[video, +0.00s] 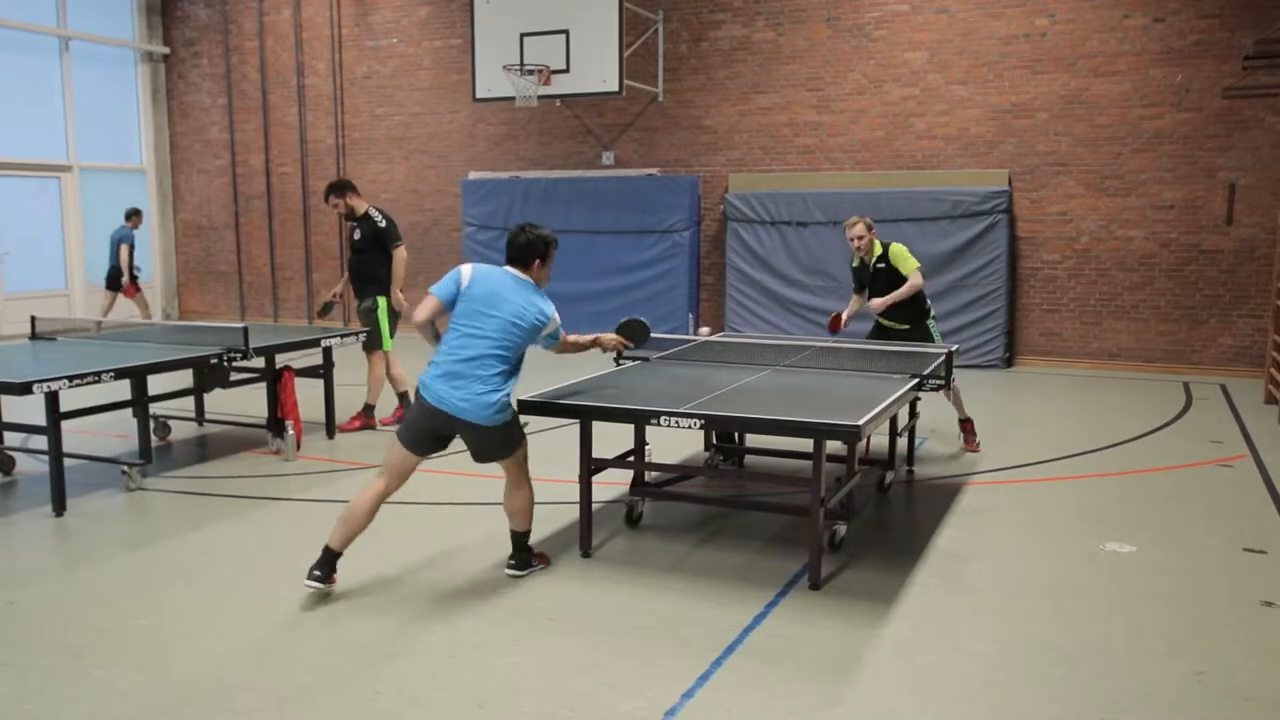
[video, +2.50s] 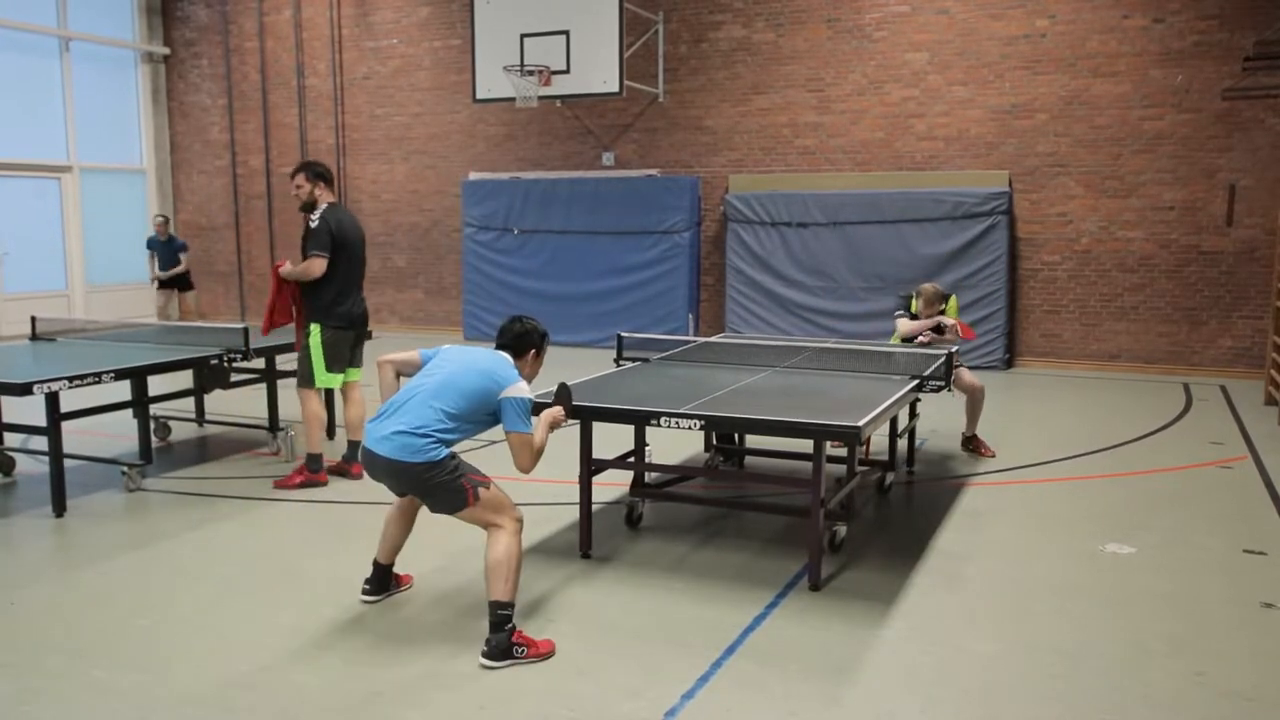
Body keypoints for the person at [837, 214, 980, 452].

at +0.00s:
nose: (857, 244)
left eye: (861, 238)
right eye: (852, 240)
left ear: (872, 235)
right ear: (848, 242)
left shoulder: (895, 251)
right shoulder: (857, 263)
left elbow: (917, 281)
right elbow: (859, 295)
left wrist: (886, 300)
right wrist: (847, 313)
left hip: (919, 325)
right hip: (885, 326)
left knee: (943, 377)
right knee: (863, 373)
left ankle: (965, 421)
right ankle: (861, 432)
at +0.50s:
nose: (879, 273)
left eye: (883, 267)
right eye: (874, 268)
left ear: (894, 264)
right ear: (870, 269)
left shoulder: (912, 274)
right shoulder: (870, 295)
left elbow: (948, 284)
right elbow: (849, 312)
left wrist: (944, 290)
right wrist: (818, 314)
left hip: (930, 347)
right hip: (894, 352)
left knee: (961, 391)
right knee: (870, 391)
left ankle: (986, 443)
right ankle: (859, 446)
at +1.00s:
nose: (887, 261)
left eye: (892, 255)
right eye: (883, 257)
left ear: (905, 253)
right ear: (880, 258)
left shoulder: (927, 266)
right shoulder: (886, 283)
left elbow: (951, 294)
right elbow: (870, 314)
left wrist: (917, 302)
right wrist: (870, 332)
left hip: (944, 340)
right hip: (909, 341)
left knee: (966, 390)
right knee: (880, 383)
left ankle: (991, 439)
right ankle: (865, 439)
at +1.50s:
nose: (904, 263)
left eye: (909, 258)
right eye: (899, 258)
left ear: (917, 254)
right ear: (891, 255)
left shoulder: (932, 266)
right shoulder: (884, 284)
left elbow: (957, 282)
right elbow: (859, 313)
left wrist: (968, 297)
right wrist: (859, 328)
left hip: (936, 337)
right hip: (900, 338)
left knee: (965, 384)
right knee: (878, 384)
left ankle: (991, 439)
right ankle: (867, 436)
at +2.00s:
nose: (901, 232)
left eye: (906, 227)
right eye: (896, 227)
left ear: (915, 228)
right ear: (889, 229)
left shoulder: (931, 248)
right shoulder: (882, 258)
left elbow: (952, 279)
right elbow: (872, 286)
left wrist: (931, 302)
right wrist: (873, 310)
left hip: (931, 323)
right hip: (896, 322)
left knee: (955, 374)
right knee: (877, 372)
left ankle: (967, 423)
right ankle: (866, 429)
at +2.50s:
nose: (926, 318)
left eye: (931, 315)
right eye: (921, 314)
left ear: (941, 306)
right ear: (916, 303)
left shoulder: (949, 303)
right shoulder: (906, 305)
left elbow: (953, 338)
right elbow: (903, 330)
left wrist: (933, 338)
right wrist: (938, 320)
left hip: (942, 359)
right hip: (906, 359)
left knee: (976, 388)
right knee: (875, 388)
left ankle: (969, 437)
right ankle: (861, 436)